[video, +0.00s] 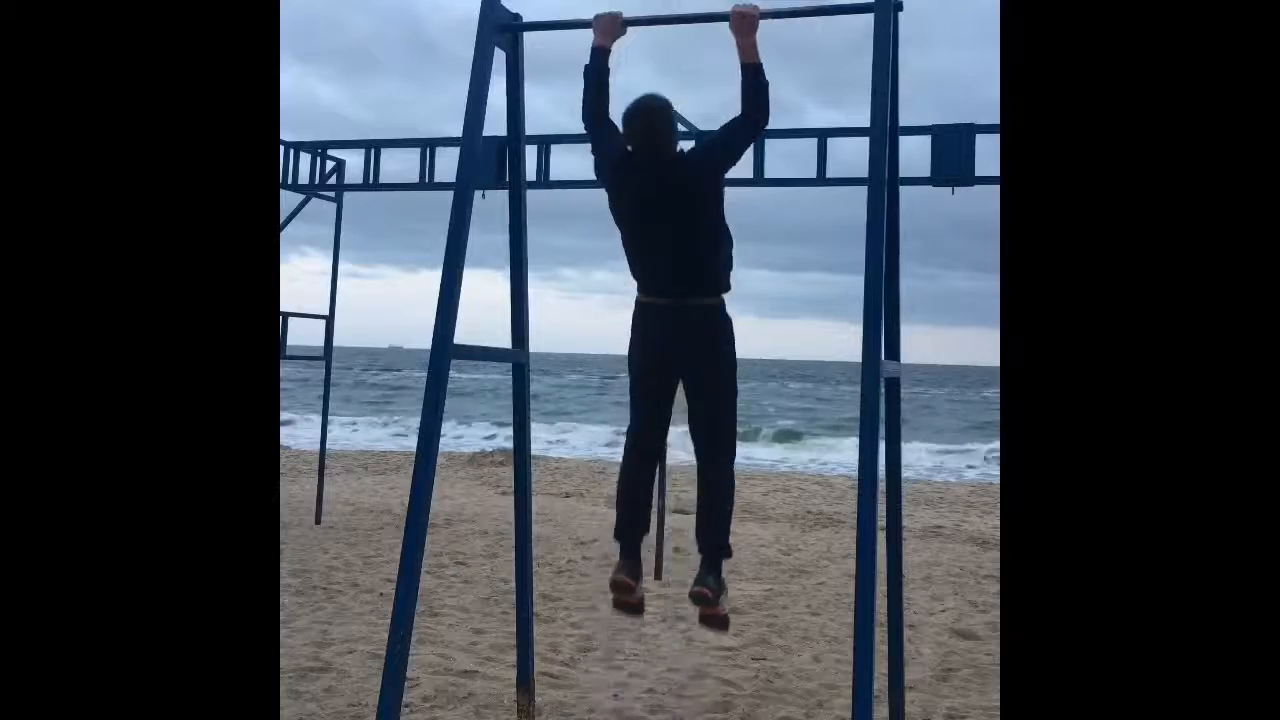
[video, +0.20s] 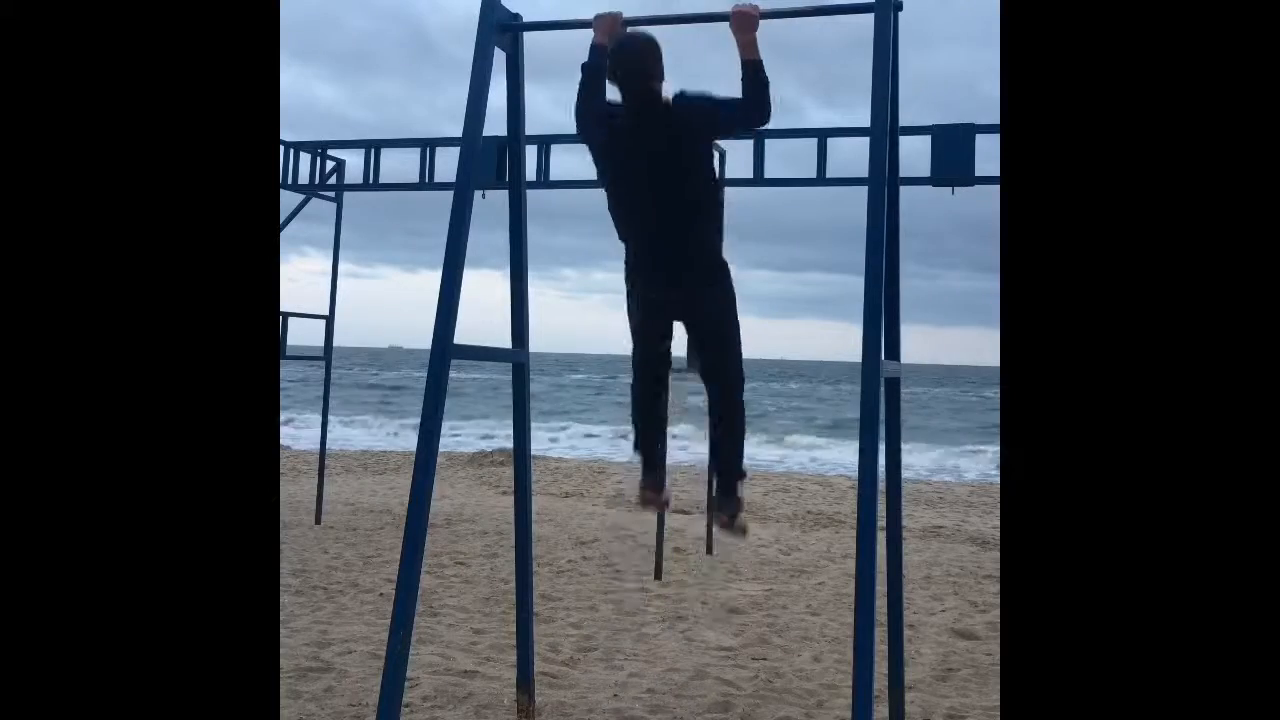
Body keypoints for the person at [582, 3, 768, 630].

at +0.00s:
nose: (677, 125)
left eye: (661, 123)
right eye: (674, 121)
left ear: (628, 137)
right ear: (674, 132)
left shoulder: (619, 172)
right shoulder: (703, 165)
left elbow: (595, 113)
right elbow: (753, 116)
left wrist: (600, 46)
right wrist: (748, 43)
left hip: (651, 323)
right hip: (706, 324)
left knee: (643, 440)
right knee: (715, 450)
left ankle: (627, 564)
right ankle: (710, 574)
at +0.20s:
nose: (658, 73)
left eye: (635, 65)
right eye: (656, 66)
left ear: (614, 80)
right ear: (660, 73)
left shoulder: (604, 128)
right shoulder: (693, 116)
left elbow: (588, 98)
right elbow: (756, 111)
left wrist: (600, 44)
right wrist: (748, 42)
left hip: (645, 275)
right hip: (702, 272)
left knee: (648, 372)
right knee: (725, 381)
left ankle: (652, 483)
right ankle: (726, 497)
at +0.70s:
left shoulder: (595, 22)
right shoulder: (691, 13)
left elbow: (567, 98)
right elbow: (748, 76)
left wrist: (596, 48)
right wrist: (748, 32)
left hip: (632, 182)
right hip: (690, 177)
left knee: (654, 288)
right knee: (725, 278)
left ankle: (682, 390)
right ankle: (744, 386)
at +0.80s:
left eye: (616, 5)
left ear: (615, 4)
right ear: (661, 1)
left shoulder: (597, 42)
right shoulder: (691, 34)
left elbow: (571, 104)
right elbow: (758, 90)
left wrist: (594, 34)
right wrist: (750, 36)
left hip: (635, 207)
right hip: (692, 203)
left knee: (655, 315)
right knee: (720, 307)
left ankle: (678, 422)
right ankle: (733, 419)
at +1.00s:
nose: (659, 65)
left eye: (638, 58)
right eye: (662, 57)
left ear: (620, 66)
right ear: (667, 62)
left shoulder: (603, 112)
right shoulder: (697, 103)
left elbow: (579, 102)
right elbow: (764, 102)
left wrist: (598, 43)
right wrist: (752, 40)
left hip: (640, 274)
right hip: (699, 272)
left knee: (652, 390)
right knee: (709, 391)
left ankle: (664, 507)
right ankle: (706, 511)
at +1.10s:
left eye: (637, 86)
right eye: (662, 86)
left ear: (625, 99)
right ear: (673, 94)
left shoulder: (609, 142)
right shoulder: (704, 134)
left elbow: (587, 104)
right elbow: (762, 107)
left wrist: (599, 44)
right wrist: (751, 41)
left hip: (642, 309)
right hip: (700, 309)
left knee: (649, 432)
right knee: (703, 436)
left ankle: (657, 558)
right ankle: (692, 561)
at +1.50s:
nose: (680, 121)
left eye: (669, 116)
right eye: (678, 116)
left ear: (627, 130)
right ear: (677, 124)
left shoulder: (618, 166)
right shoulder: (705, 159)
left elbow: (590, 112)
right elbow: (756, 112)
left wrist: (599, 45)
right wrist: (750, 44)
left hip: (642, 336)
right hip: (697, 338)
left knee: (637, 471)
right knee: (689, 476)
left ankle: (632, 606)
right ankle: (667, 613)